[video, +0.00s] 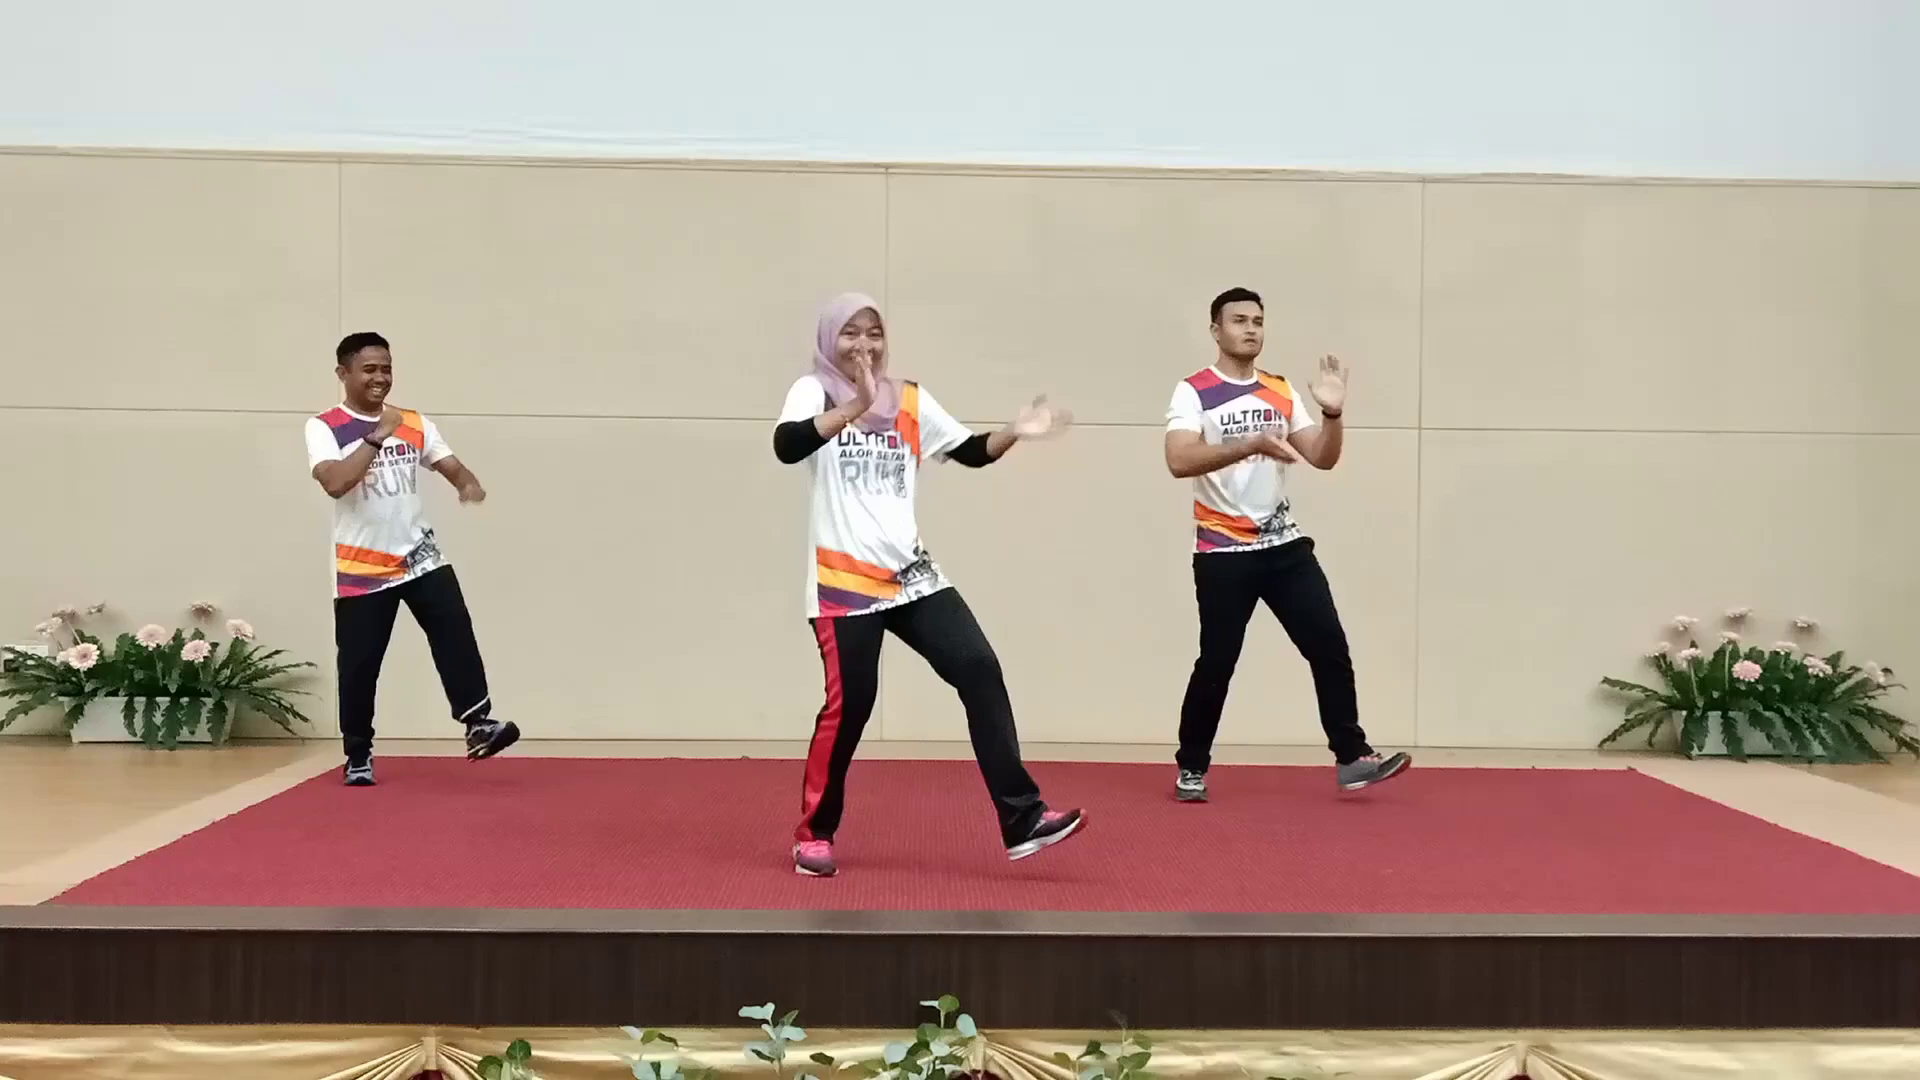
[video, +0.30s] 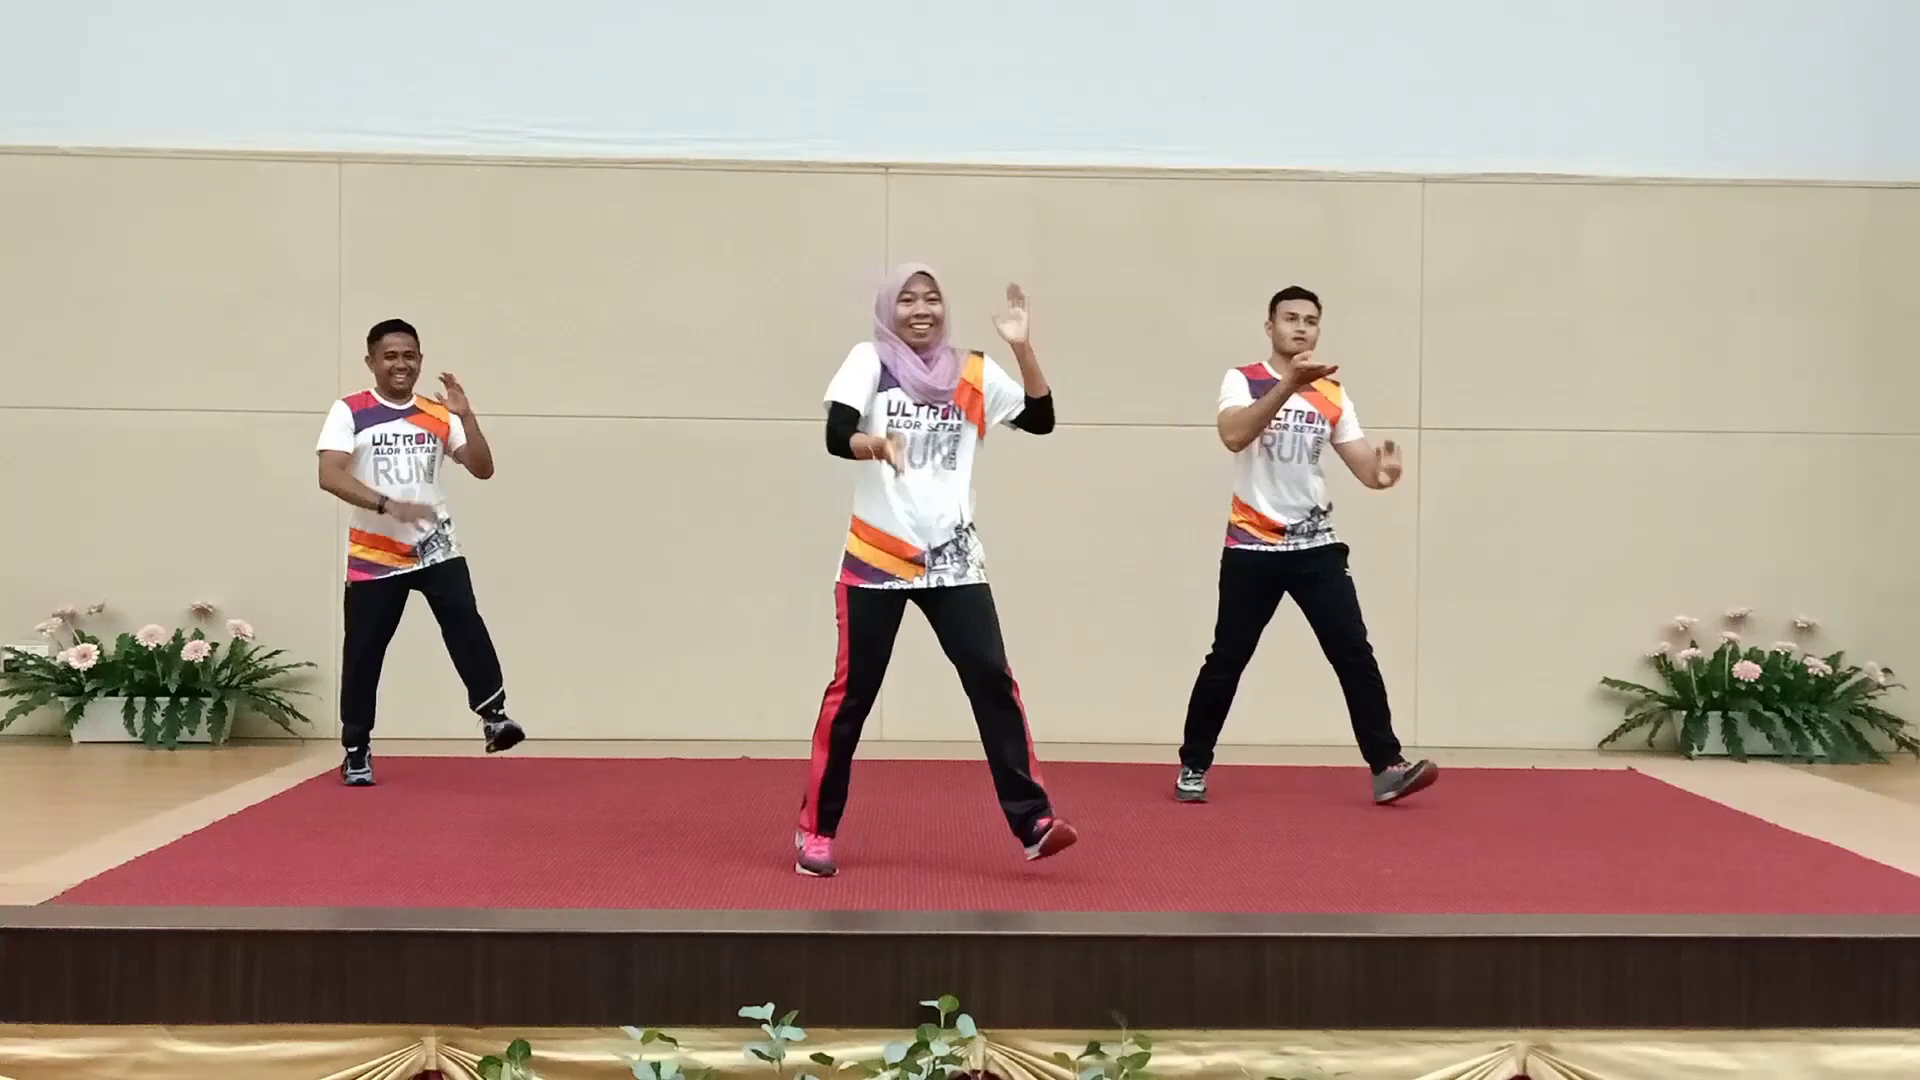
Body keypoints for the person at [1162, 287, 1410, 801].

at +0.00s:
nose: (1251, 329)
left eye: (1257, 322)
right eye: (1239, 321)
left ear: (1264, 332)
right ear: (1216, 330)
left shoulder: (1283, 392)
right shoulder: (1193, 391)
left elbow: (1323, 457)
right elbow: (1180, 461)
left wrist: (1333, 414)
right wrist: (1253, 445)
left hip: (1283, 546)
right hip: (1223, 552)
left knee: (1329, 648)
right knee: (1217, 663)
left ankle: (1352, 760)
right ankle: (1192, 767)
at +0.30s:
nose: (1302, 329)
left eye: (1311, 322)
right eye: (1291, 319)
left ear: (1320, 332)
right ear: (1269, 327)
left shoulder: (1331, 397)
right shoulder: (1243, 381)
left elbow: (1366, 468)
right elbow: (1234, 437)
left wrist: (1383, 470)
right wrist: (1289, 383)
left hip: (1315, 548)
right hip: (1252, 549)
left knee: (1354, 654)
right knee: (1227, 659)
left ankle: (1386, 768)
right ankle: (1194, 765)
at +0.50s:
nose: (1354, 335)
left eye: (1366, 329)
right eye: (1346, 326)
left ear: (1380, 341)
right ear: (1331, 333)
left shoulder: (1396, 404)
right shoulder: (1301, 388)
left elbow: (1409, 475)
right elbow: (1284, 449)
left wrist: (1416, 519)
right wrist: (1326, 389)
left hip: (1372, 554)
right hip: (1305, 552)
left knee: (1395, 658)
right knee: (1263, 655)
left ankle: (1399, 778)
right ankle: (1211, 764)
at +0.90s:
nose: (1424, 332)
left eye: (1438, 328)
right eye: (1420, 322)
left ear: (1455, 342)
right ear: (1408, 329)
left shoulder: (1468, 397)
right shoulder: (1373, 393)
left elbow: (1481, 472)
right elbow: (1352, 466)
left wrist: (1462, 419)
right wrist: (1375, 483)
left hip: (1443, 543)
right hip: (1386, 545)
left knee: (1424, 660)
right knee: (1395, 661)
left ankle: (1405, 774)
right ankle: (1452, 753)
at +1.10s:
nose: (1453, 342)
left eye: (1466, 337)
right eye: (1448, 332)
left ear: (1482, 352)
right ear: (1434, 339)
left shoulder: (1496, 407)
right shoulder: (1401, 404)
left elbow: (1510, 480)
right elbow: (1379, 477)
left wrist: (1477, 430)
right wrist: (1401, 499)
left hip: (1474, 546)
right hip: (1416, 551)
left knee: (1458, 649)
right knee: (1425, 664)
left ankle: (1434, 764)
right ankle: (1468, 765)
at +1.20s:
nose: (1469, 337)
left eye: (1482, 332)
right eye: (1464, 327)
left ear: (1499, 346)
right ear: (1452, 333)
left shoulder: (1513, 402)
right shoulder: (1418, 397)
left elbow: (1528, 479)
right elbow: (1393, 465)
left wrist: (1491, 448)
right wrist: (1408, 471)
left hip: (1488, 545)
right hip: (1430, 550)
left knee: (1481, 647)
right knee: (1438, 659)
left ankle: (1484, 766)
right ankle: (1464, 765)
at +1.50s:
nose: (1531, 330)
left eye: (1545, 326)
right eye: (1527, 321)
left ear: (1565, 340)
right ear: (1517, 328)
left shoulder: (1576, 401)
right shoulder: (1490, 386)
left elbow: (1577, 484)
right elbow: (1447, 437)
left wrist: (1544, 502)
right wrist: (1473, 390)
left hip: (1546, 551)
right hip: (1483, 549)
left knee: (1577, 658)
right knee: (1469, 658)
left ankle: (1618, 773)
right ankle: (1468, 768)